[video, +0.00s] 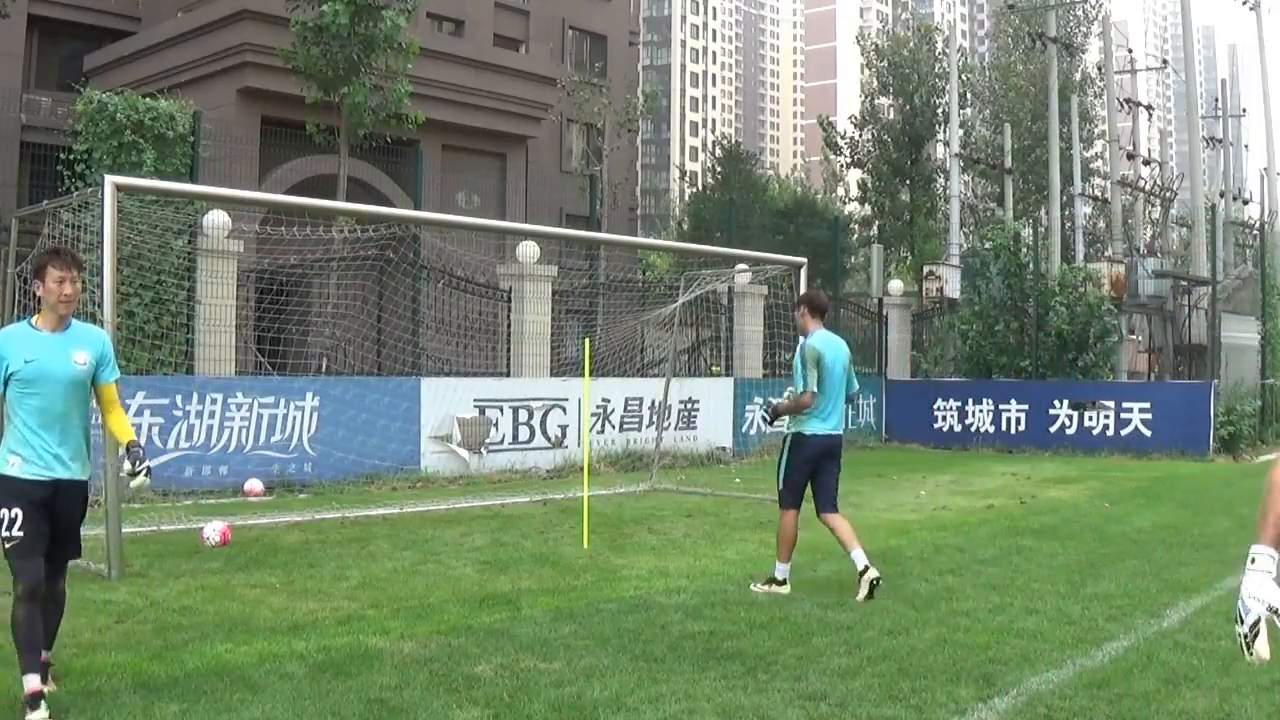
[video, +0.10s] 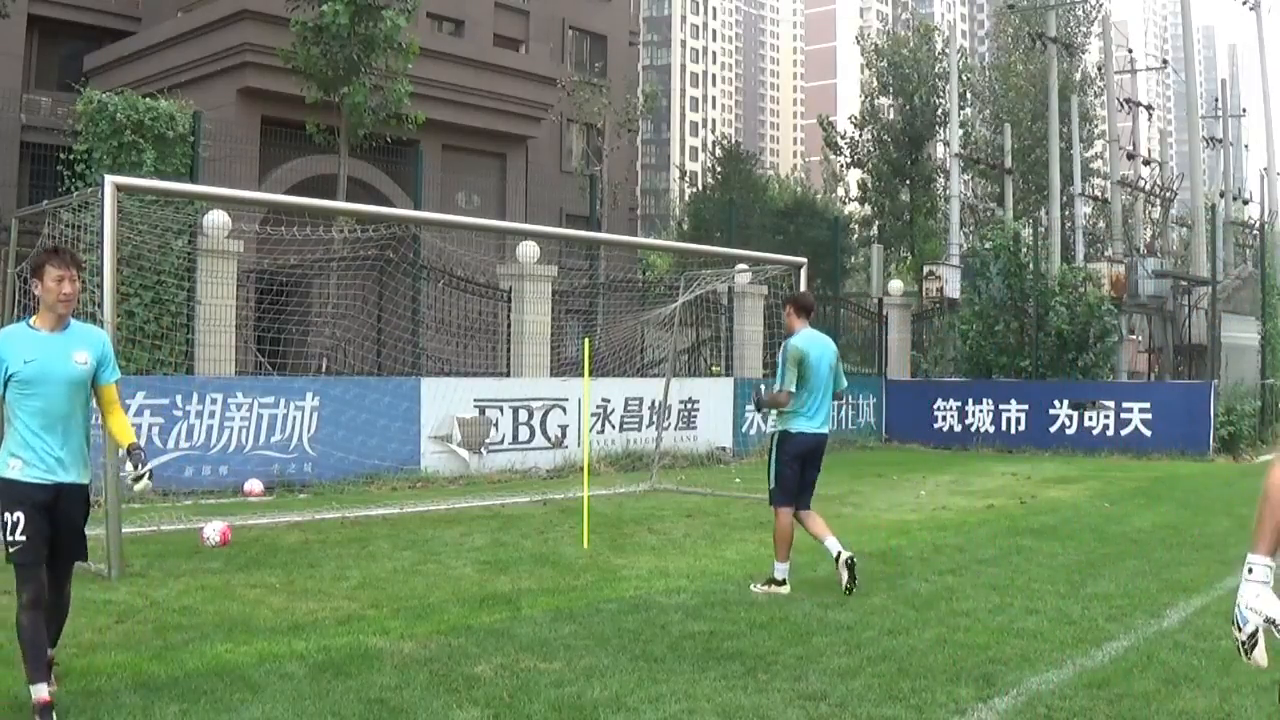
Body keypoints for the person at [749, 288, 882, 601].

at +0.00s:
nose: (796, 317)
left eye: (797, 312)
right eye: (797, 312)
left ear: (804, 311)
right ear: (824, 314)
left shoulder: (809, 345)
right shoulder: (840, 345)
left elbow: (807, 399)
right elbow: (850, 392)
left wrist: (778, 409)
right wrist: (804, 399)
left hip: (804, 438)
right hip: (832, 438)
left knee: (789, 506)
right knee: (828, 510)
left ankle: (779, 578)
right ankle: (865, 569)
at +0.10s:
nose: (784, 317)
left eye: (784, 312)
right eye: (785, 312)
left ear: (791, 312)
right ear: (811, 314)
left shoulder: (793, 345)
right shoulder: (828, 343)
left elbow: (783, 398)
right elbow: (839, 392)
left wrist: (763, 399)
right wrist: (804, 392)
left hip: (791, 435)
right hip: (818, 436)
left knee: (783, 507)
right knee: (802, 508)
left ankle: (779, 579)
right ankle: (840, 554)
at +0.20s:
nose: (765, 316)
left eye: (766, 311)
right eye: (767, 311)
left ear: (772, 310)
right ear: (793, 311)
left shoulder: (773, 343)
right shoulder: (811, 342)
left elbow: (754, 391)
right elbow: (822, 391)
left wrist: (754, 393)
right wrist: (789, 389)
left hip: (776, 432)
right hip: (801, 432)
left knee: (775, 502)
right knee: (765, 493)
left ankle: (780, 577)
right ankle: (793, 549)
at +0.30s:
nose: (755, 318)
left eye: (755, 313)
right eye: (756, 313)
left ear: (761, 311)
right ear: (781, 313)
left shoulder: (759, 343)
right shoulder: (799, 342)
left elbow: (731, 389)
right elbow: (812, 391)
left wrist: (747, 385)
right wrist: (783, 387)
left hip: (764, 432)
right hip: (789, 433)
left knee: (770, 503)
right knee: (747, 489)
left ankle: (779, 577)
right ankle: (760, 557)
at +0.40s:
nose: (737, 321)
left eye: (738, 316)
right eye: (739, 316)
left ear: (744, 315)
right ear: (764, 317)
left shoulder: (741, 345)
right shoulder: (782, 347)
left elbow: (707, 386)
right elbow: (793, 393)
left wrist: (734, 386)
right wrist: (763, 388)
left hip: (747, 435)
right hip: (772, 435)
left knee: (759, 504)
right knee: (737, 499)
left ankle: (777, 578)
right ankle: (714, 562)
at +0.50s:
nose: (728, 323)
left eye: (729, 318)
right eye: (731, 319)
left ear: (735, 319)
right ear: (754, 320)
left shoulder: (728, 347)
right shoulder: (769, 349)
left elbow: (696, 386)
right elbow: (779, 395)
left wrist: (719, 386)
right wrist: (749, 390)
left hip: (734, 436)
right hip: (759, 437)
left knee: (747, 505)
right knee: (727, 501)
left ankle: (775, 574)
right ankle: (709, 567)